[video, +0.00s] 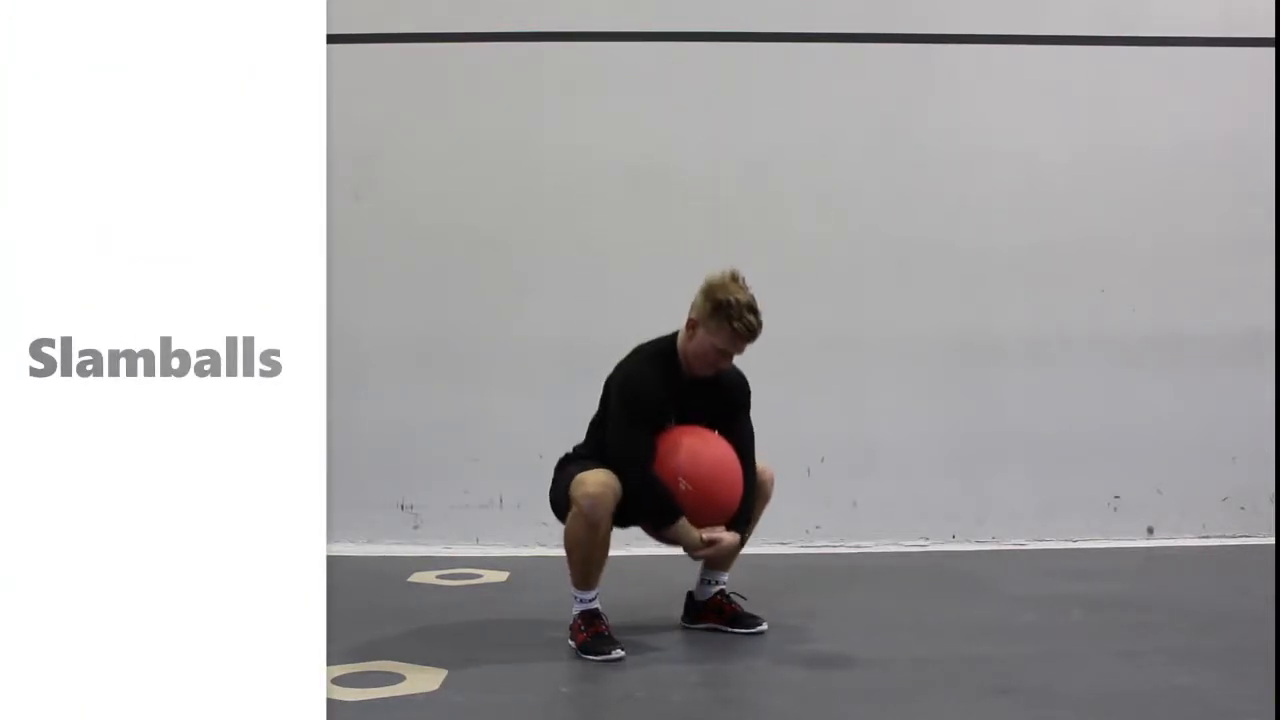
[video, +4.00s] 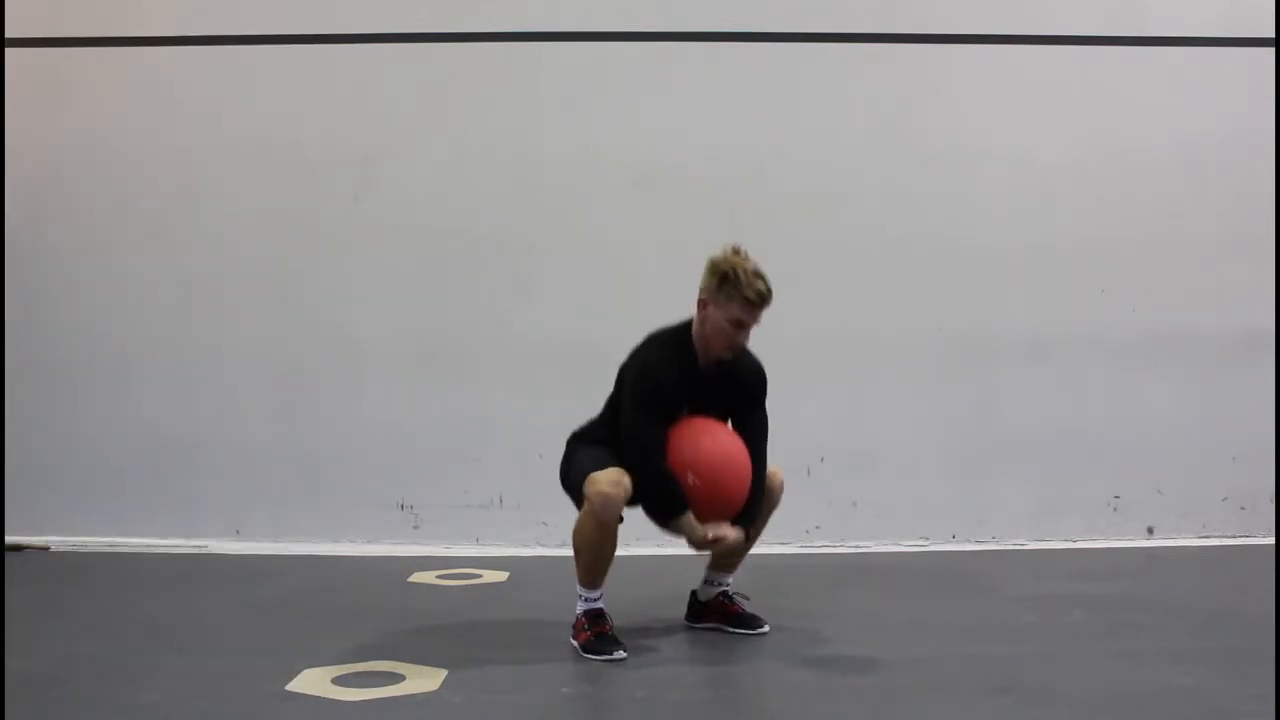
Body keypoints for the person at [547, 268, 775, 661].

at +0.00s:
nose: (728, 363)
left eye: (735, 355)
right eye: (721, 351)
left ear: (744, 345)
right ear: (691, 327)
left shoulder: (732, 387)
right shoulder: (639, 373)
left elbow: (744, 468)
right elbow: (630, 472)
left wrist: (737, 533)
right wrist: (685, 535)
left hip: (674, 485)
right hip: (604, 475)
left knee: (759, 480)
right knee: (596, 490)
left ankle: (706, 599)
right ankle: (587, 614)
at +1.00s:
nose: (685, 121)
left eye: (693, 111)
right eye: (675, 110)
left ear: (698, 110)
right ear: (643, 103)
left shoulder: (707, 176)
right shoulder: (616, 171)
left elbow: (747, 240)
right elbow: (639, 239)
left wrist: (763, 279)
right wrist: (713, 281)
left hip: (683, 340)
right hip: (620, 341)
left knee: (704, 464)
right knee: (613, 473)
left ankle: (708, 596)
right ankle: (587, 611)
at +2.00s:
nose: (738, 360)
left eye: (746, 351)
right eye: (732, 348)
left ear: (755, 343)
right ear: (701, 324)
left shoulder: (746, 388)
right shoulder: (650, 370)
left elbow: (754, 474)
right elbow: (639, 472)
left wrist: (739, 542)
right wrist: (690, 544)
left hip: (681, 477)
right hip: (606, 464)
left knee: (768, 484)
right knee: (605, 490)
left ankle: (710, 598)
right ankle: (587, 614)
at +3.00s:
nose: (683, 115)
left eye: (690, 105)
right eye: (672, 103)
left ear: (696, 107)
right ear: (641, 102)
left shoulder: (710, 175)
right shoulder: (617, 171)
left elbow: (753, 243)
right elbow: (640, 238)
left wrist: (760, 282)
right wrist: (713, 281)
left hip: (681, 340)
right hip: (620, 340)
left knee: (702, 463)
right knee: (611, 468)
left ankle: (708, 597)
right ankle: (587, 611)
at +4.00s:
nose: (743, 339)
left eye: (750, 327)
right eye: (736, 325)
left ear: (757, 321)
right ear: (703, 307)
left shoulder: (747, 375)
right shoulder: (654, 359)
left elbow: (753, 461)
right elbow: (641, 455)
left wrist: (741, 526)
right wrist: (687, 523)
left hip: (680, 466)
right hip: (607, 451)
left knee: (770, 484)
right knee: (608, 490)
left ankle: (710, 597)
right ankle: (590, 614)